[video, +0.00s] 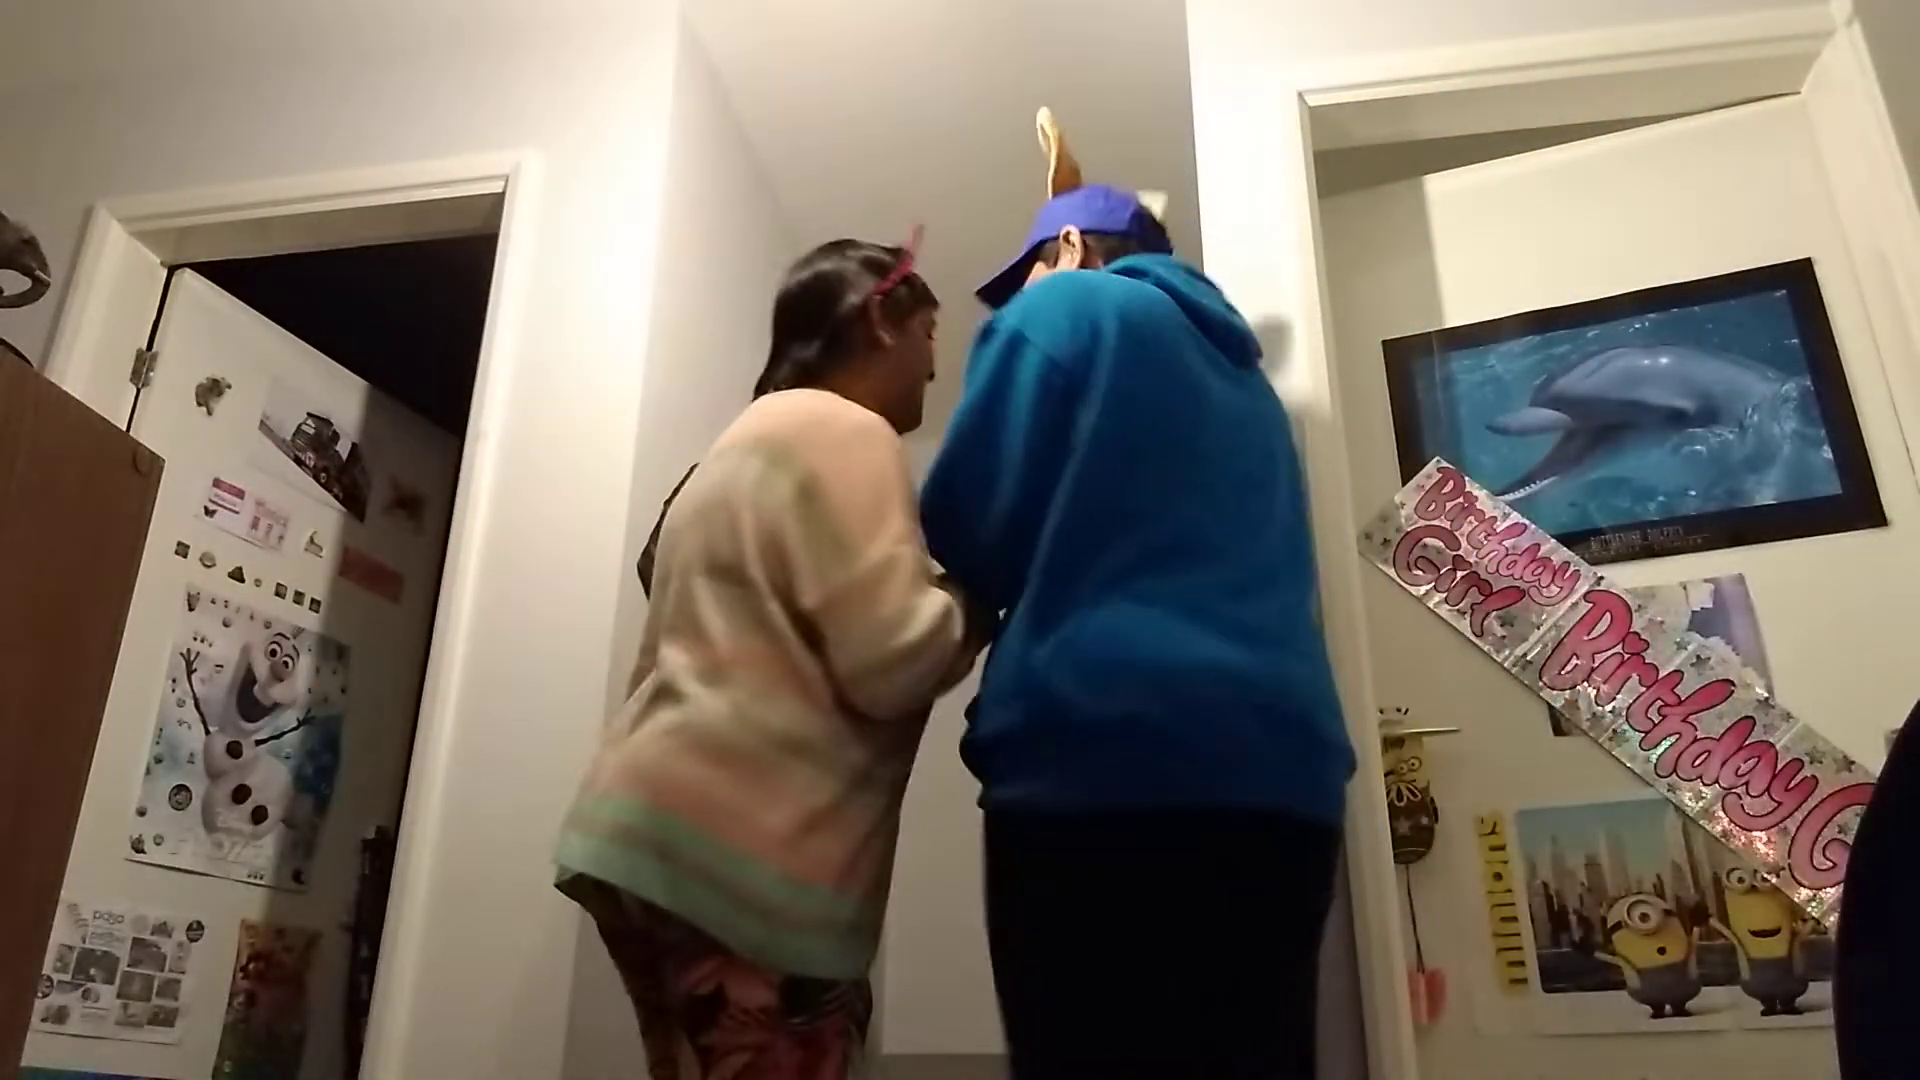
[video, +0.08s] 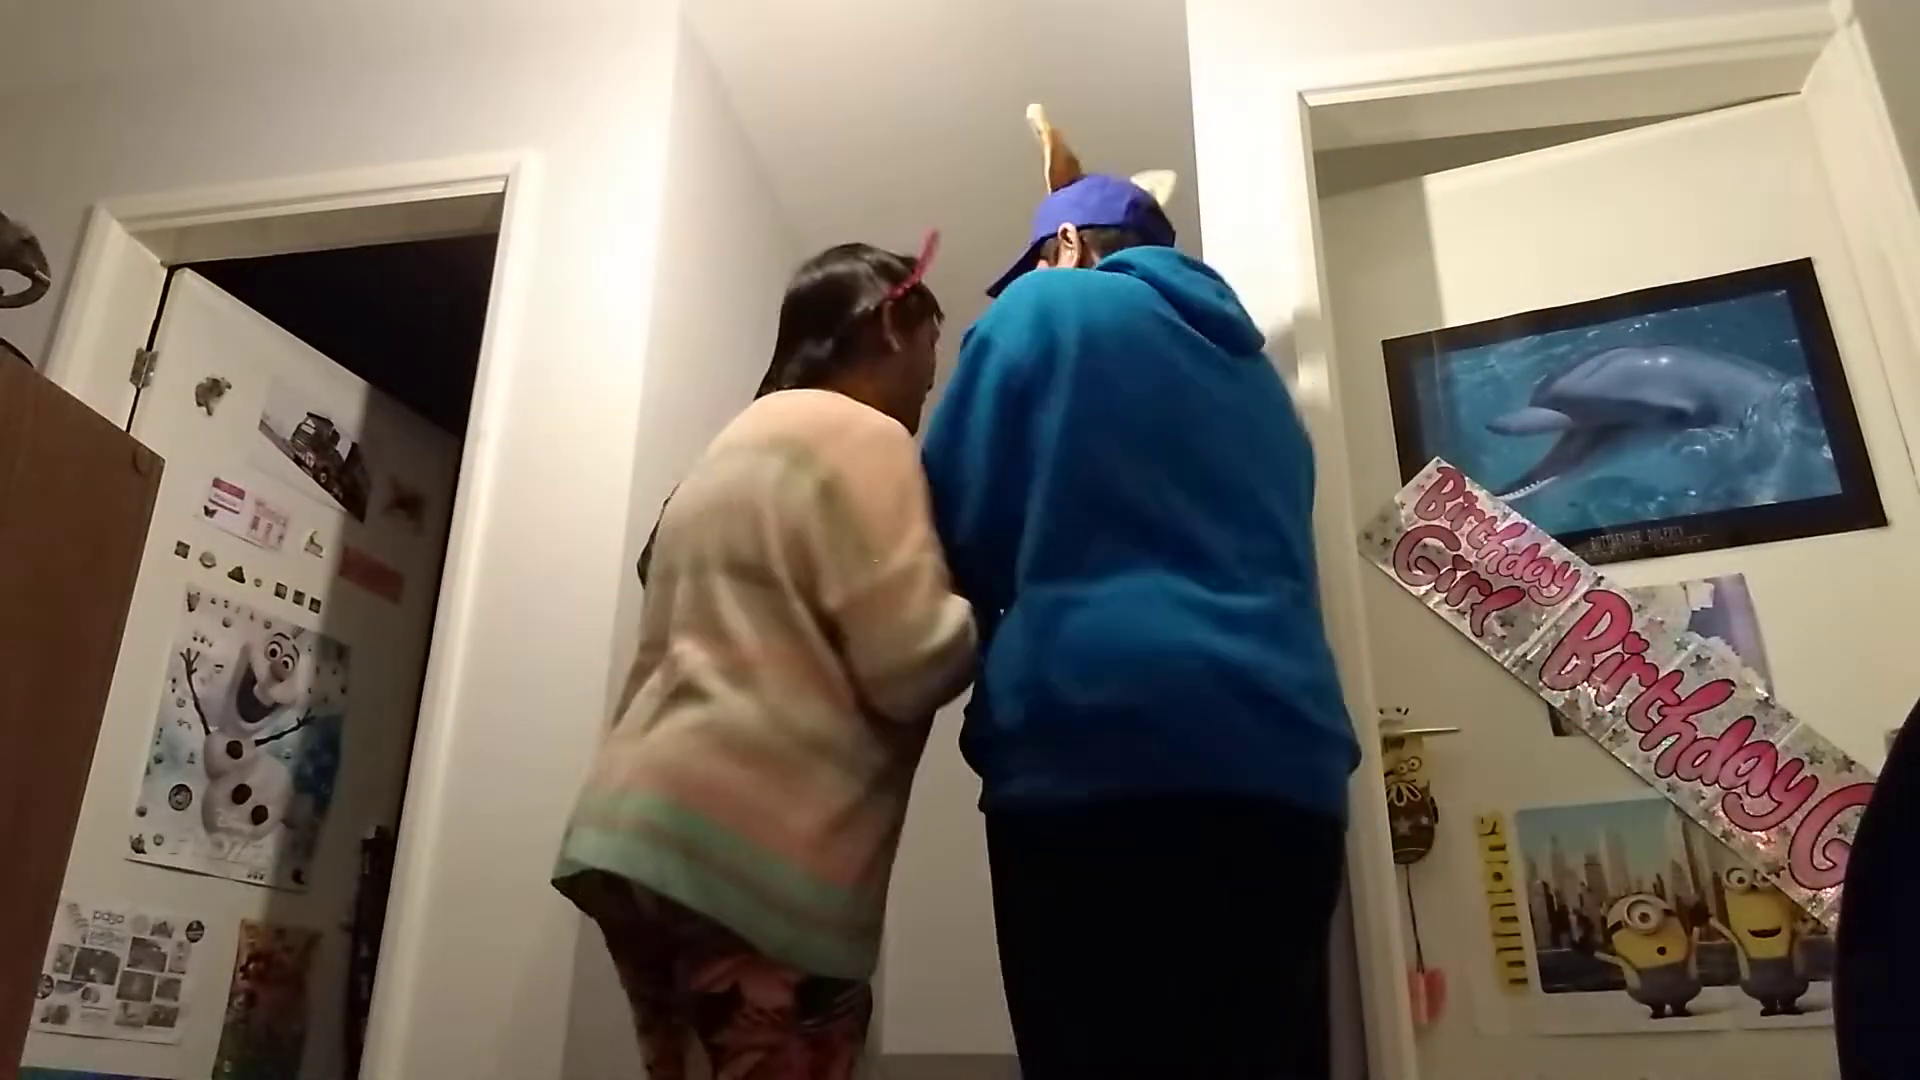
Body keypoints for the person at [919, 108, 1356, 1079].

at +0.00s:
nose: (1020, 297)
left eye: (1026, 277)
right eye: (1020, 284)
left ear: (1067, 250)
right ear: (1158, 255)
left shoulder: (1058, 311)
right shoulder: (1246, 377)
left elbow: (964, 530)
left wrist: (1002, 600)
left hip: (1091, 760)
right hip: (1280, 770)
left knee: (1080, 1050)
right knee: (1255, 1054)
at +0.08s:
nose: (1031, 274)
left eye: (1035, 260)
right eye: (1034, 263)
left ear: (1064, 247)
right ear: (1167, 251)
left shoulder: (1027, 316)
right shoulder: (1257, 372)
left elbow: (955, 530)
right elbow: (1284, 539)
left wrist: (1015, 626)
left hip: (1074, 745)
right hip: (1276, 746)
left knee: (1084, 1043)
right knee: (1265, 1046)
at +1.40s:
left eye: (1068, 210)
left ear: (1063, 232)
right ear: (1182, 214)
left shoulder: (989, 351)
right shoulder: (1263, 315)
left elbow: (973, 535)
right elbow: (1358, 541)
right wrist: (1254, 602)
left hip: (1021, 740)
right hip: (1245, 728)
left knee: (1038, 1043)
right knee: (1266, 1037)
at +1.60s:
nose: (1228, 247)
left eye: (1225, 231)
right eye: (1217, 228)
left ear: (1088, 227)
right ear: (1172, 213)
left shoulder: (1018, 360)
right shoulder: (1212, 285)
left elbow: (1000, 534)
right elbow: (1353, 482)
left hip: (1015, 729)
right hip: (1220, 715)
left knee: (1037, 1034)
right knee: (1240, 1031)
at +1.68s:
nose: (1246, 246)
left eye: (1246, 228)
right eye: (1231, 224)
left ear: (1121, 222)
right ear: (1165, 208)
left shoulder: (1048, 359)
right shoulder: (1220, 280)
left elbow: (996, 553)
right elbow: (1339, 476)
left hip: (1008, 730)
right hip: (1198, 714)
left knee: (1051, 1038)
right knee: (1240, 1036)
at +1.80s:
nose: (1296, 251)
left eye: (1295, 233)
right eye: (1275, 226)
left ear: (1177, 229)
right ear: (1201, 217)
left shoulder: (1114, 342)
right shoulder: (1243, 290)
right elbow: (1350, 493)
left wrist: (1379, 432)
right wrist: (1410, 438)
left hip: (1026, 749)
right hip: (1175, 739)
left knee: (1104, 1054)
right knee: (1279, 1049)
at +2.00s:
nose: (1332, 182)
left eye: (1335, 163)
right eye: (1316, 155)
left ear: (1229, 157)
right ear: (1241, 149)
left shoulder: (1177, 256)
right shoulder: (1272, 221)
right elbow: (1462, 380)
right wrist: (1455, 326)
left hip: (1146, 683)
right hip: (1248, 678)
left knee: (1224, 1023)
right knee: (1305, 1027)